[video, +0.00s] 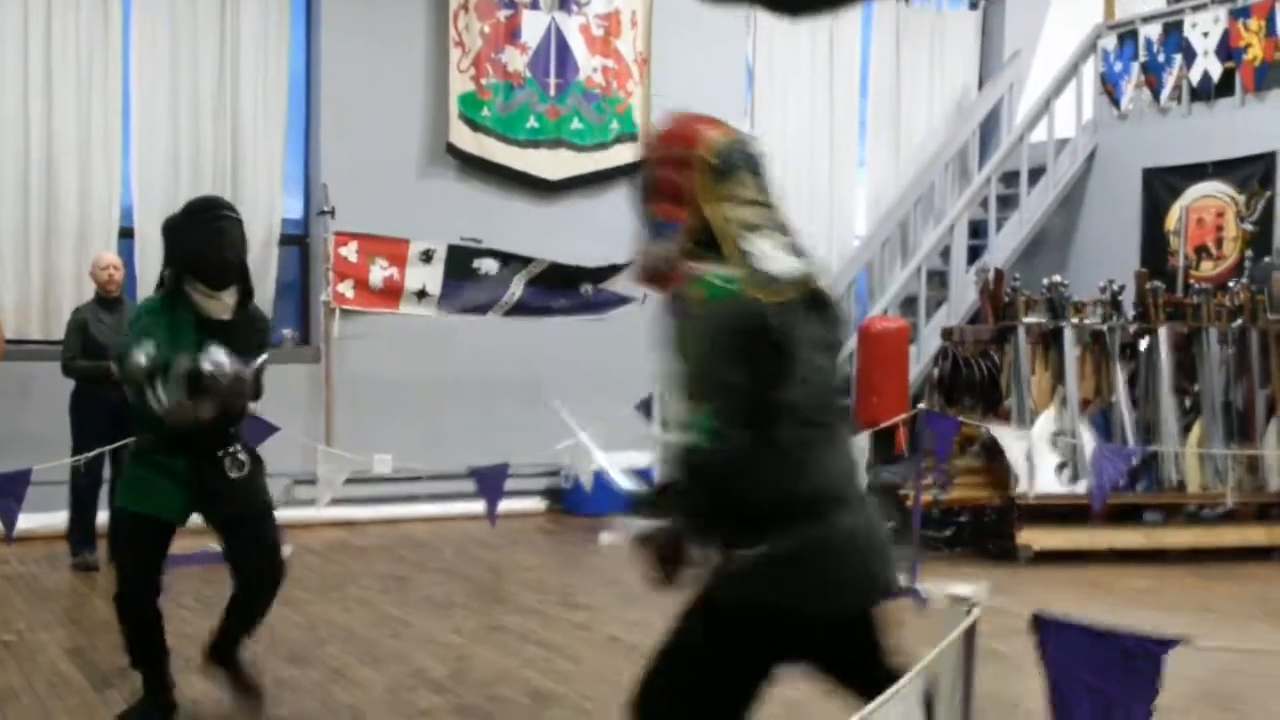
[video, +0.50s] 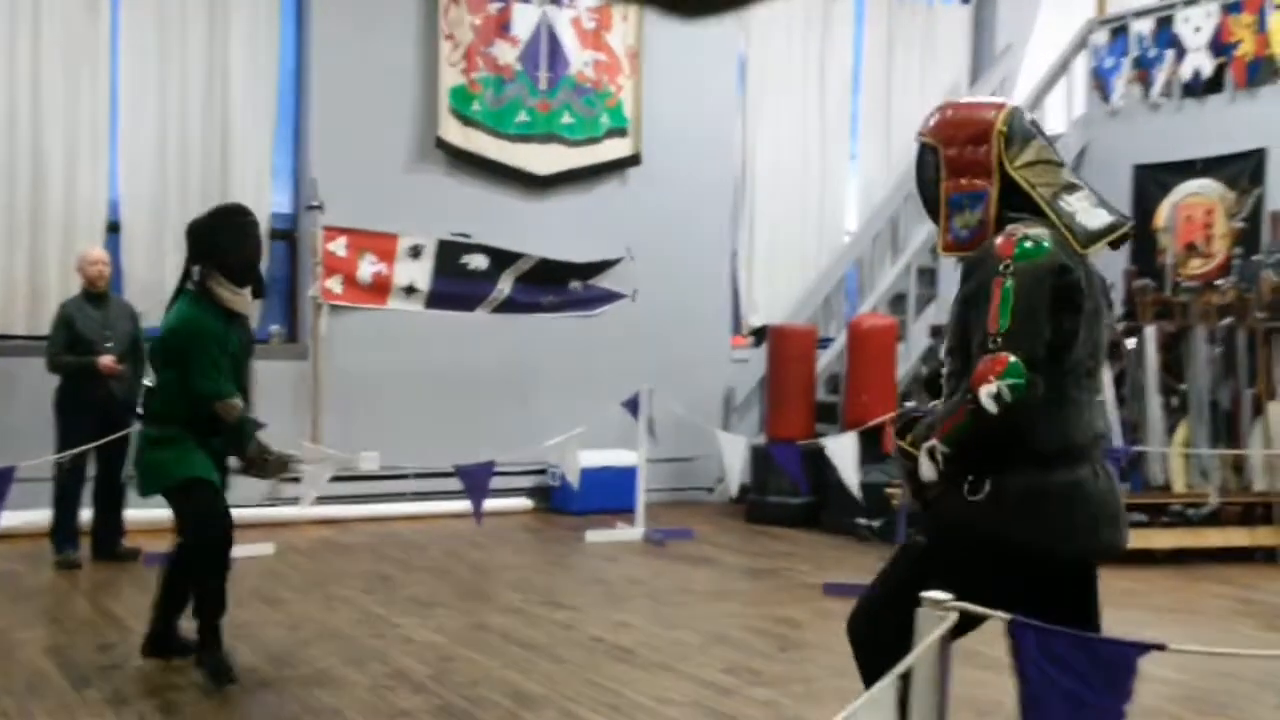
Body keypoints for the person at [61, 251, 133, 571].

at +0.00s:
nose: (111, 274)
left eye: (116, 268)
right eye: (105, 269)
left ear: (124, 273)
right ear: (93, 275)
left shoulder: (135, 315)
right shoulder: (82, 317)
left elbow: (147, 352)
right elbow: (69, 364)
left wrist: (133, 370)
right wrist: (108, 368)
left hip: (129, 406)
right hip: (91, 406)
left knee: (126, 478)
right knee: (87, 478)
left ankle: (123, 549)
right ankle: (83, 548)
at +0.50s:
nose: (100, 269)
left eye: (105, 264)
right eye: (94, 263)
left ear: (111, 269)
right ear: (81, 270)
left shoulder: (125, 311)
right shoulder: (69, 311)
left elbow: (137, 359)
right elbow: (54, 360)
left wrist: (130, 396)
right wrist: (93, 361)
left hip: (117, 404)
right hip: (77, 404)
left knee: (111, 477)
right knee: (70, 475)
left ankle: (108, 542)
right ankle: (66, 546)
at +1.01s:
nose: (35, 264)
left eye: (40, 258)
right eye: (28, 258)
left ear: (46, 265)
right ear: (14, 266)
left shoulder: (61, 307)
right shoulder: (6, 306)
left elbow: (75, 352)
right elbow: (2, 354)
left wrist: (70, 389)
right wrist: (29, 359)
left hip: (53, 404)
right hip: (13, 405)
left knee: (49, 478)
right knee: (10, 477)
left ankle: (46, 542)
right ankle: (6, 544)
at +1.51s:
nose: (33, 263)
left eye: (37, 257)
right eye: (25, 257)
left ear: (43, 264)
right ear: (11, 265)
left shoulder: (58, 306)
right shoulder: (4, 305)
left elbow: (73, 352)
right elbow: (1, 352)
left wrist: (67, 391)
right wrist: (25, 357)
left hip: (50, 404)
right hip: (10, 404)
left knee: (45, 478)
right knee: (6, 477)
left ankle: (42, 542)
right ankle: (4, 544)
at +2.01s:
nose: (25, 262)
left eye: (29, 256)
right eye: (18, 256)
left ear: (34, 263)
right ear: (3, 264)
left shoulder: (47, 304)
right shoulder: (2, 302)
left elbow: (62, 350)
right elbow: (1, 351)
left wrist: (58, 391)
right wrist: (18, 356)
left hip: (40, 402)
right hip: (5, 402)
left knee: (36, 475)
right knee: (2, 475)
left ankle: (32, 541)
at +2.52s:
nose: (27, 262)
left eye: (30, 256)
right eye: (19, 257)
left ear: (36, 263)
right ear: (5, 265)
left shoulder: (49, 305)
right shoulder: (2, 303)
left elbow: (63, 350)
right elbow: (0, 353)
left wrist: (59, 390)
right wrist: (19, 357)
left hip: (41, 402)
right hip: (5, 402)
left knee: (36, 475)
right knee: (2, 475)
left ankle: (32, 541)